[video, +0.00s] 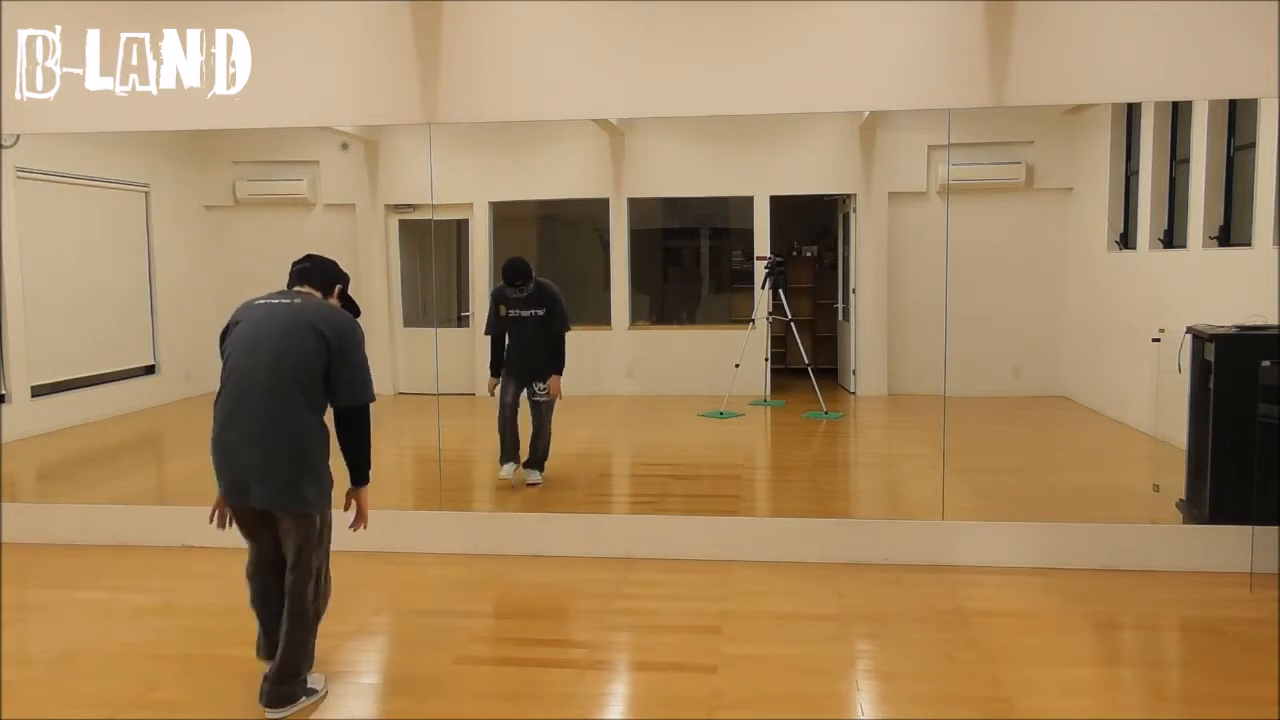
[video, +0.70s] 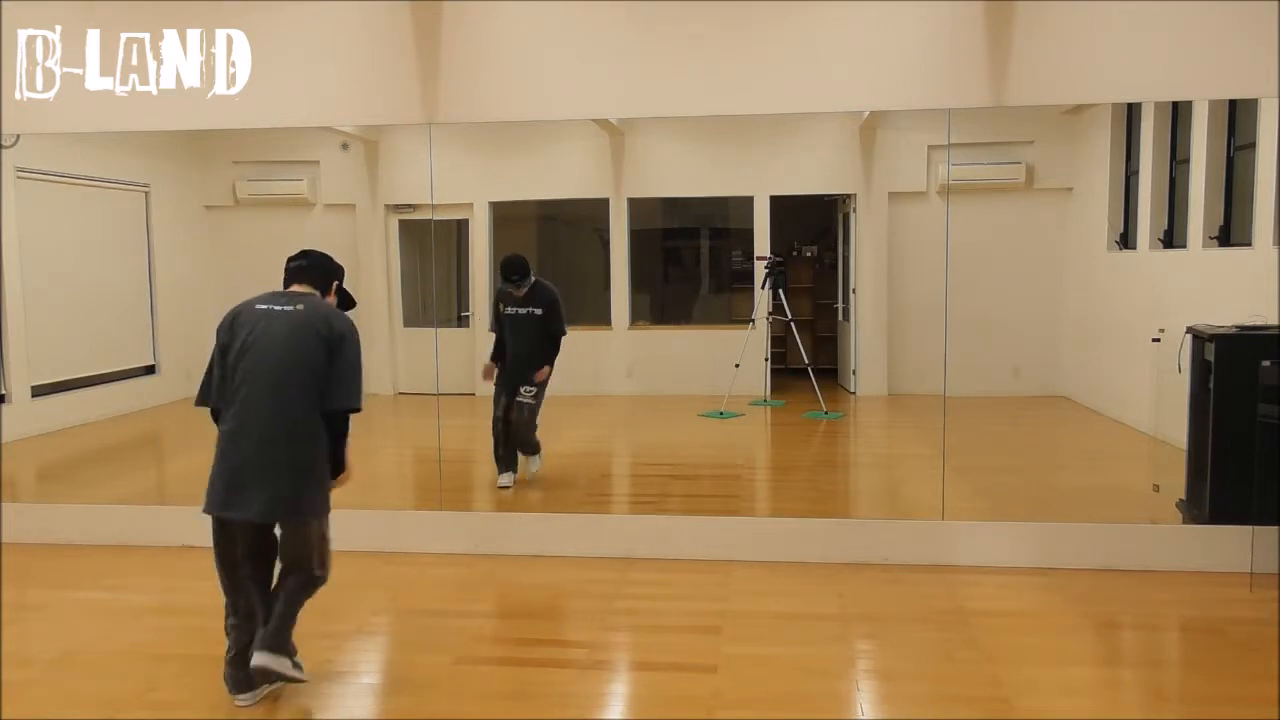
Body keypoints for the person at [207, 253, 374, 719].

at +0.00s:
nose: (342, 306)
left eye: (342, 302)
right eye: (344, 301)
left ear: (292, 283)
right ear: (334, 293)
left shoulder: (245, 313)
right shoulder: (337, 323)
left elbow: (230, 399)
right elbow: (352, 408)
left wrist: (227, 480)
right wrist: (359, 481)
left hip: (236, 462)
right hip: (296, 463)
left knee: (265, 553)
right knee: (306, 573)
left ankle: (270, 644)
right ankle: (284, 688)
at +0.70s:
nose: (337, 303)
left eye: (337, 298)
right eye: (339, 297)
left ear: (287, 281)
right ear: (331, 290)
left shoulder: (240, 313)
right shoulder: (336, 325)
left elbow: (215, 399)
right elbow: (338, 407)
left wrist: (242, 443)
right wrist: (337, 461)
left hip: (236, 465)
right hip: (300, 466)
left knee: (242, 576)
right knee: (306, 566)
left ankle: (242, 680)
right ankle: (274, 641)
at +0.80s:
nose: (343, 288)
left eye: (341, 283)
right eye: (343, 282)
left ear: (289, 275)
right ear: (334, 279)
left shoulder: (244, 305)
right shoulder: (341, 310)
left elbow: (203, 379)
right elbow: (359, 377)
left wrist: (245, 381)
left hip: (246, 470)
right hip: (311, 468)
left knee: (248, 577)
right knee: (346, 557)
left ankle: (248, 676)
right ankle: (308, 625)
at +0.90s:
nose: (348, 268)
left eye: (346, 263)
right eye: (348, 262)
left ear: (293, 257)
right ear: (342, 261)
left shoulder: (250, 296)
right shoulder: (350, 292)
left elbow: (179, 346)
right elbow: (400, 330)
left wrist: (234, 335)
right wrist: (444, 341)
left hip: (261, 468)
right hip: (329, 467)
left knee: (254, 577)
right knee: (382, 563)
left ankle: (248, 676)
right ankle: (372, 661)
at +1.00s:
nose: (355, 262)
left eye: (353, 257)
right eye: (355, 256)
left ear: (300, 253)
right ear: (348, 255)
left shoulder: (260, 295)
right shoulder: (367, 286)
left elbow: (199, 333)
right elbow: (444, 316)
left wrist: (174, 353)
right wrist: (511, 336)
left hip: (284, 465)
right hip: (355, 463)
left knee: (271, 558)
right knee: (391, 576)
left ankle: (266, 665)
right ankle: (422, 698)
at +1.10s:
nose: (366, 268)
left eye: (365, 263)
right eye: (365, 261)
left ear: (309, 259)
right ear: (358, 260)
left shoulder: (271, 306)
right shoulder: (382, 299)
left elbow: (224, 358)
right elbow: (457, 345)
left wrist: (188, 381)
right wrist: (527, 374)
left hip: (302, 469)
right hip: (374, 468)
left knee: (305, 562)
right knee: (388, 581)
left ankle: (304, 660)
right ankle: (418, 709)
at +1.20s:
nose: (371, 271)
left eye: (369, 266)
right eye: (372, 265)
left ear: (315, 260)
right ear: (365, 263)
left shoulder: (277, 309)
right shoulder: (382, 305)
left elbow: (224, 399)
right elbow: (431, 378)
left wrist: (248, 437)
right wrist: (463, 427)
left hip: (308, 484)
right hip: (375, 482)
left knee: (327, 580)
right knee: (395, 588)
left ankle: (322, 690)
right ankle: (410, 701)